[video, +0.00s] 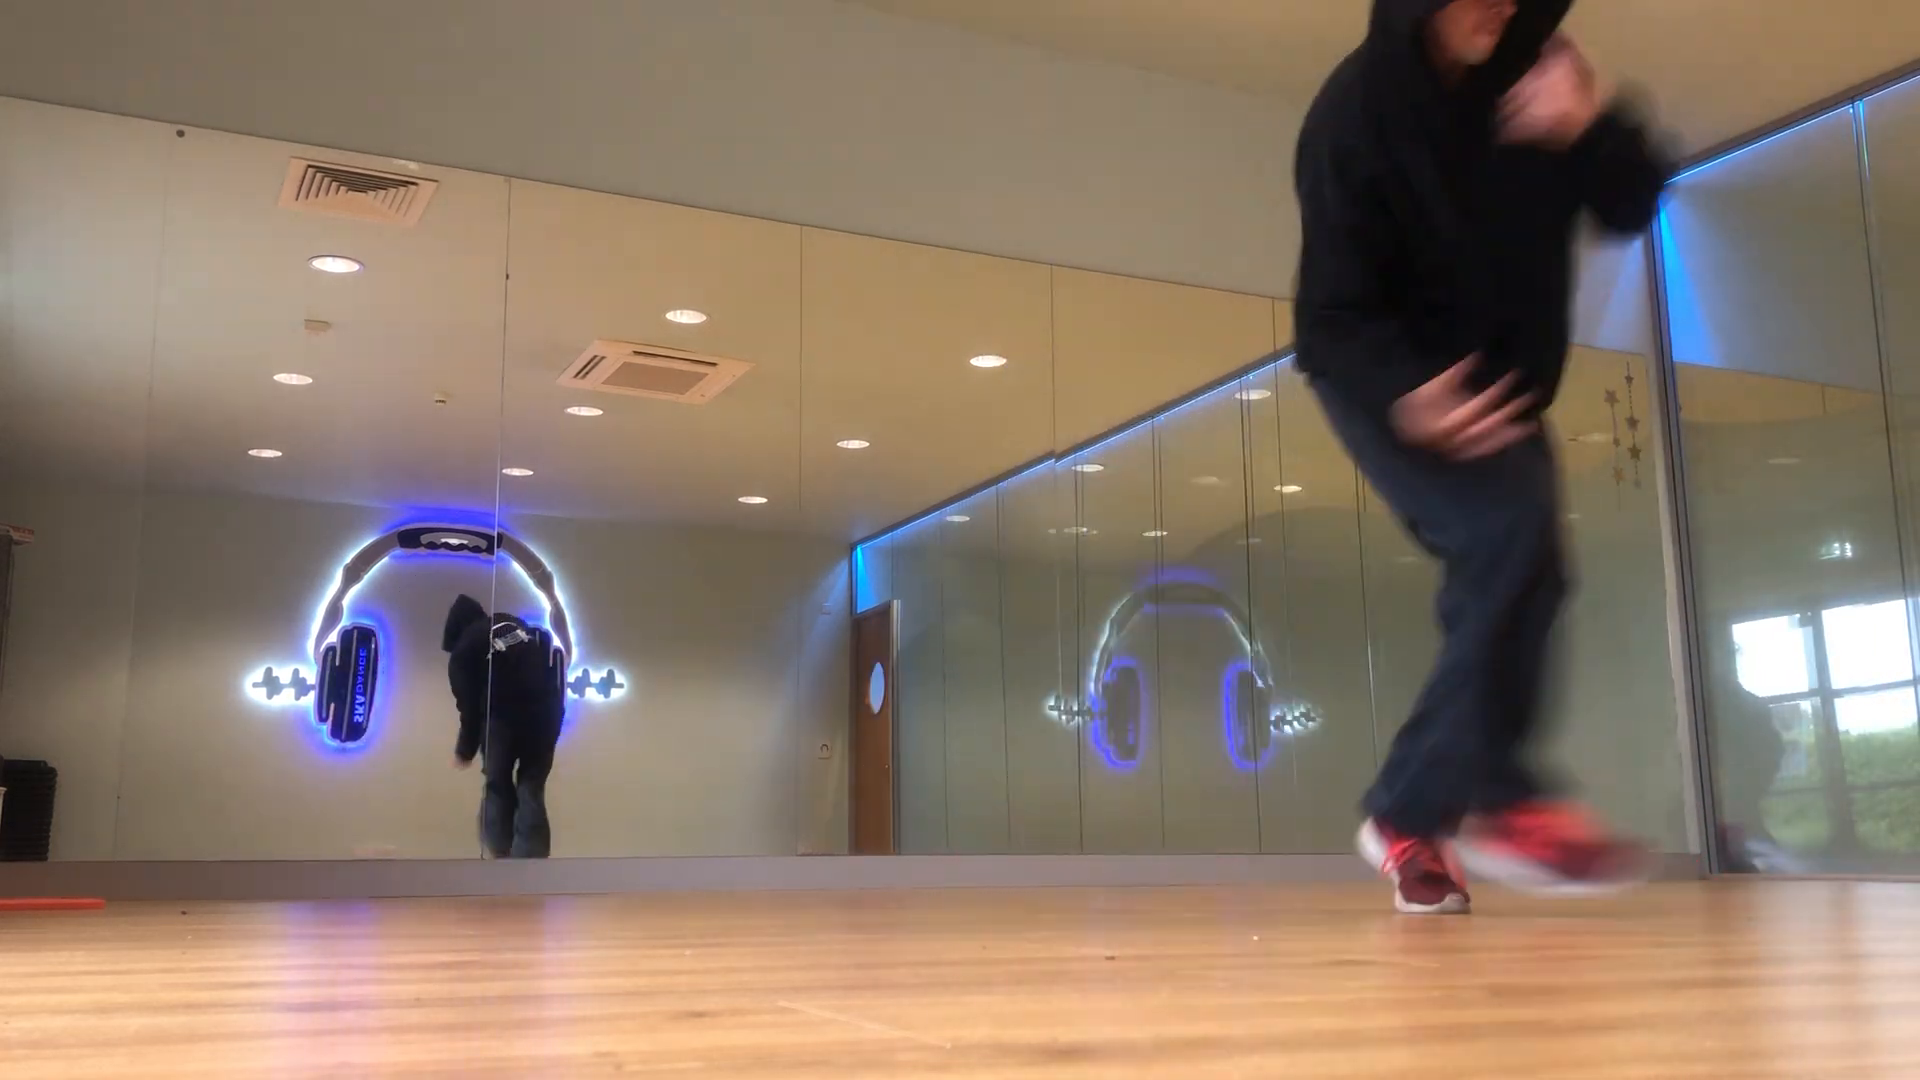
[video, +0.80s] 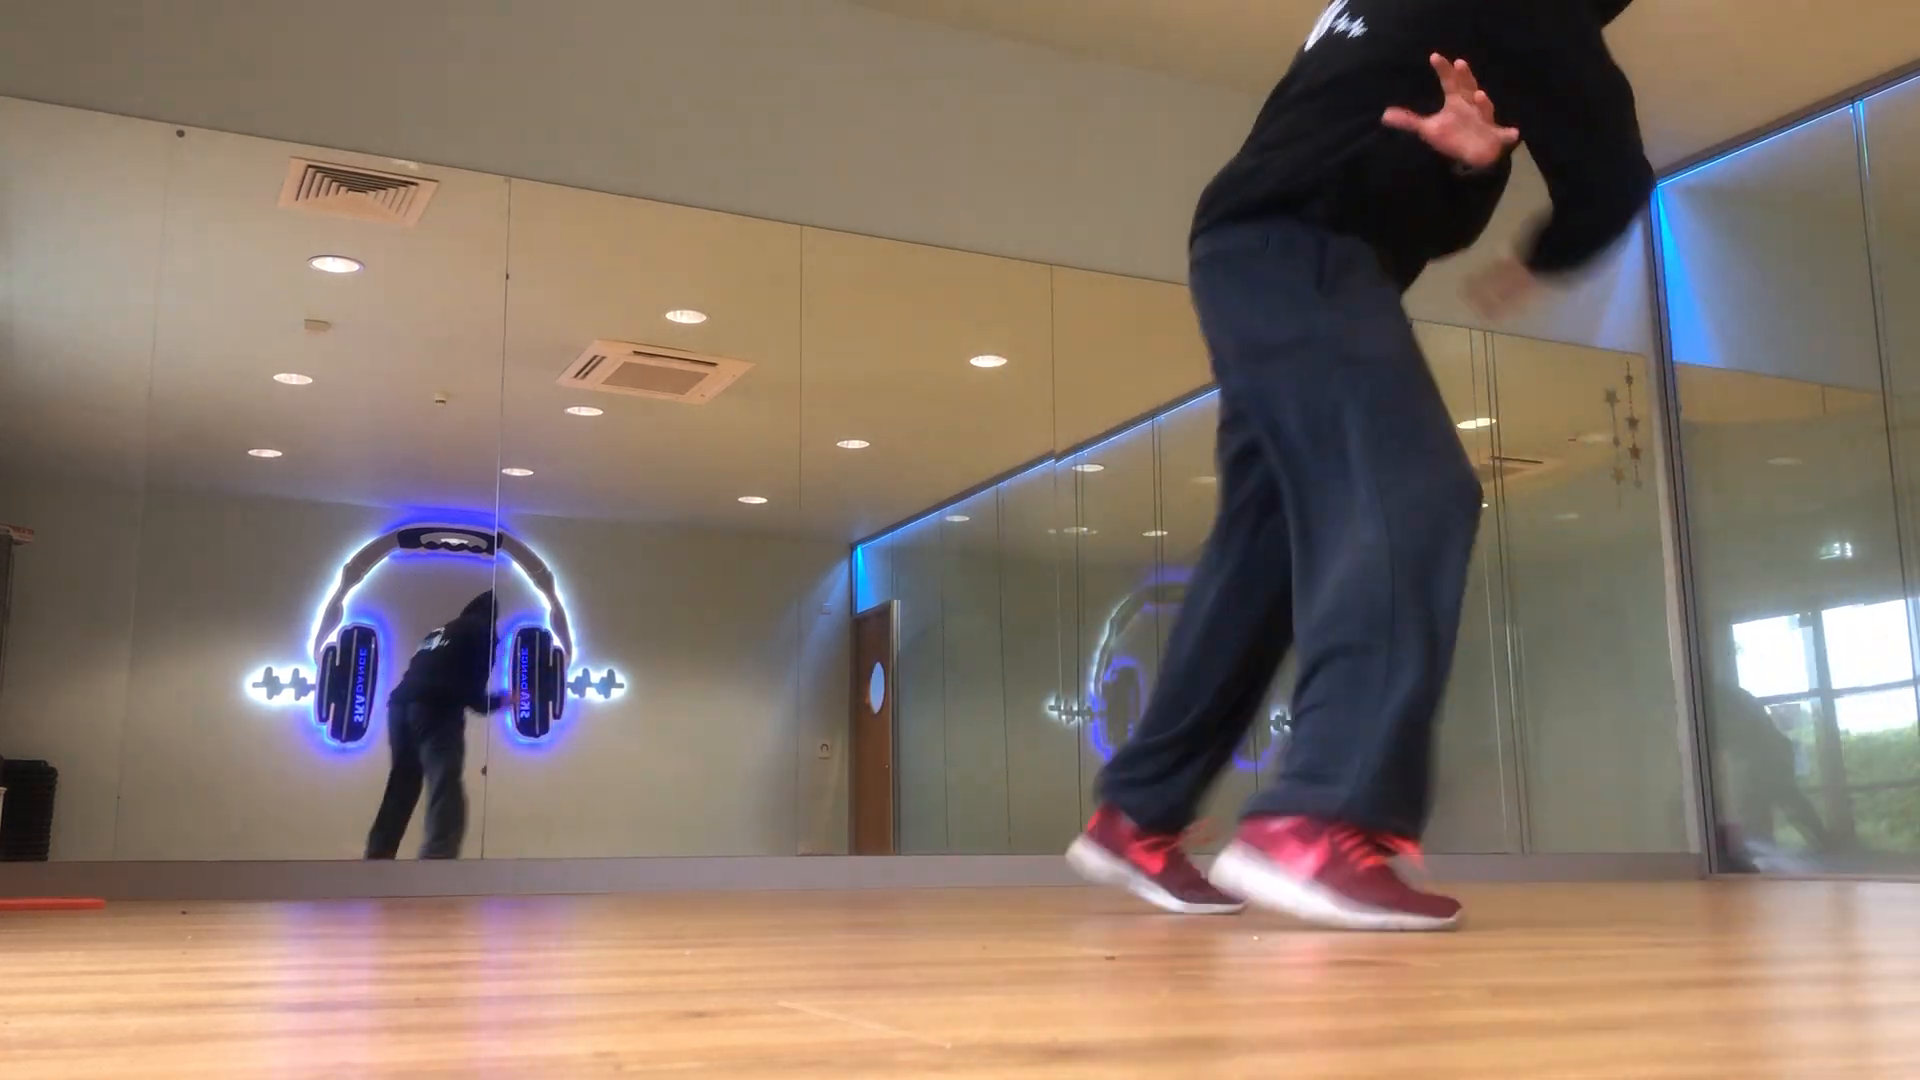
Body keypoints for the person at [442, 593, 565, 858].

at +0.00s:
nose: (452, 645)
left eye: (451, 639)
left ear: (455, 629)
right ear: (481, 615)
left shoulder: (464, 650)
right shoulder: (520, 629)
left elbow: (470, 706)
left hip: (502, 717)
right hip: (545, 713)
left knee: (497, 782)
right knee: (532, 785)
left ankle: (498, 853)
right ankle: (532, 860)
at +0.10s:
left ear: (468, 620)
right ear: (496, 606)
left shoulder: (476, 640)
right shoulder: (528, 623)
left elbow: (470, 688)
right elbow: (555, 663)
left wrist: (469, 741)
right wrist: (562, 711)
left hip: (509, 722)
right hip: (552, 715)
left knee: (526, 794)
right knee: (552, 787)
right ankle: (535, 847)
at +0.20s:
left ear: (480, 623)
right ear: (512, 615)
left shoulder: (479, 660)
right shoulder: (536, 637)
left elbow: (475, 696)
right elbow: (556, 667)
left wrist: (503, 730)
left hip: (514, 746)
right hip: (554, 733)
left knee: (545, 813)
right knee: (566, 805)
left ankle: (577, 870)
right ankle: (535, 850)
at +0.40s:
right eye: (521, 611)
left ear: (492, 615)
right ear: (522, 612)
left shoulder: (476, 649)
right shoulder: (538, 637)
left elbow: (459, 708)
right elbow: (555, 682)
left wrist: (473, 762)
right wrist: (565, 725)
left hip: (491, 733)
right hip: (531, 727)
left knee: (518, 795)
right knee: (538, 797)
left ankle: (540, 862)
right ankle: (521, 864)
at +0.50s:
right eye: (528, 615)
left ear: (497, 617)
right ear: (526, 615)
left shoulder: (480, 642)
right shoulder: (534, 637)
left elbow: (465, 694)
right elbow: (541, 689)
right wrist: (541, 739)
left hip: (463, 721)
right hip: (507, 722)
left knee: (498, 779)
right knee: (524, 794)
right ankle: (519, 866)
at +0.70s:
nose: (513, 613)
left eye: (511, 606)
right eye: (512, 607)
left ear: (487, 598)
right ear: (509, 604)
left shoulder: (461, 620)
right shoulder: (497, 620)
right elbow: (491, 678)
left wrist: (513, 672)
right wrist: (514, 672)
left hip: (419, 690)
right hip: (456, 693)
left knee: (432, 772)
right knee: (479, 768)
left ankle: (381, 835)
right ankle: (483, 851)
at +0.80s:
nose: (495, 624)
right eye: (495, 618)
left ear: (468, 609)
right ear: (492, 615)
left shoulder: (441, 630)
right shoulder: (482, 632)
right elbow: (470, 690)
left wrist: (492, 702)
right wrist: (495, 702)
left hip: (400, 704)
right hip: (437, 707)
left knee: (404, 776)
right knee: (445, 782)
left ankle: (378, 856)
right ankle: (437, 861)